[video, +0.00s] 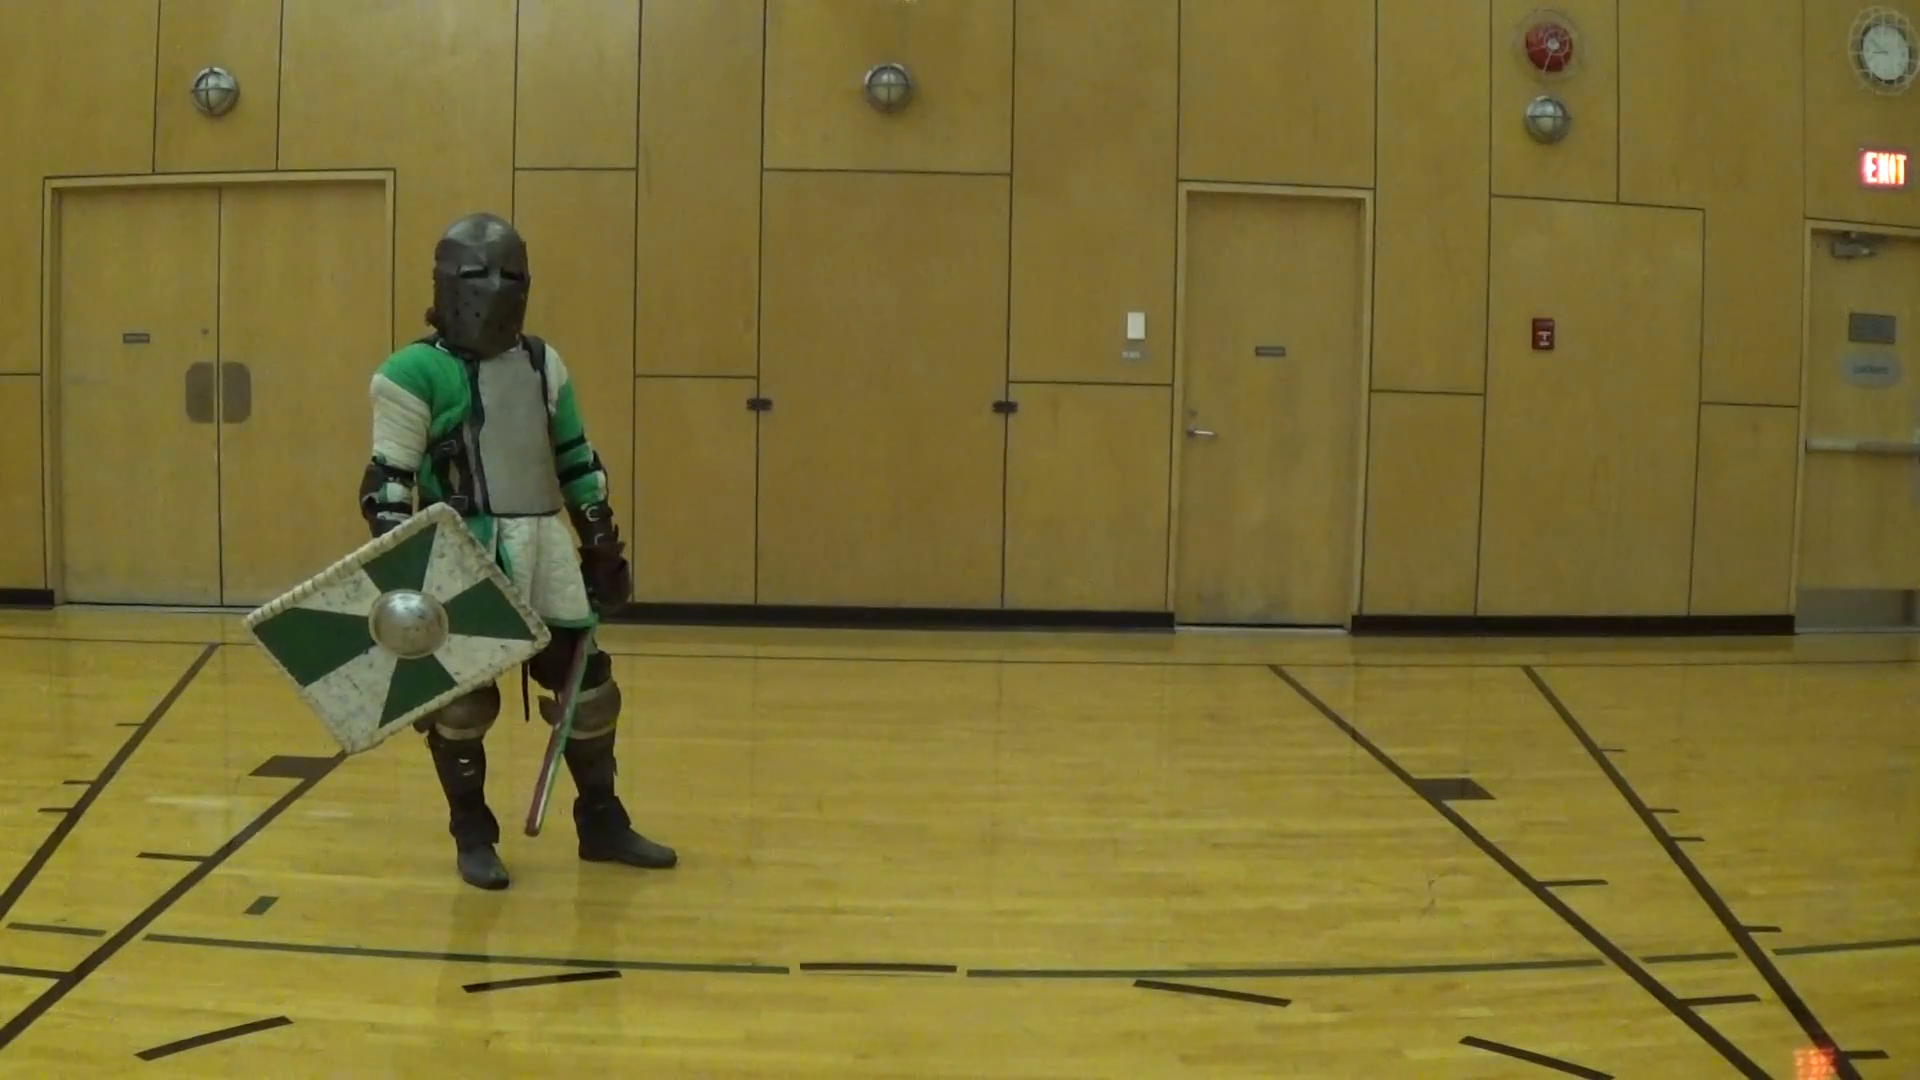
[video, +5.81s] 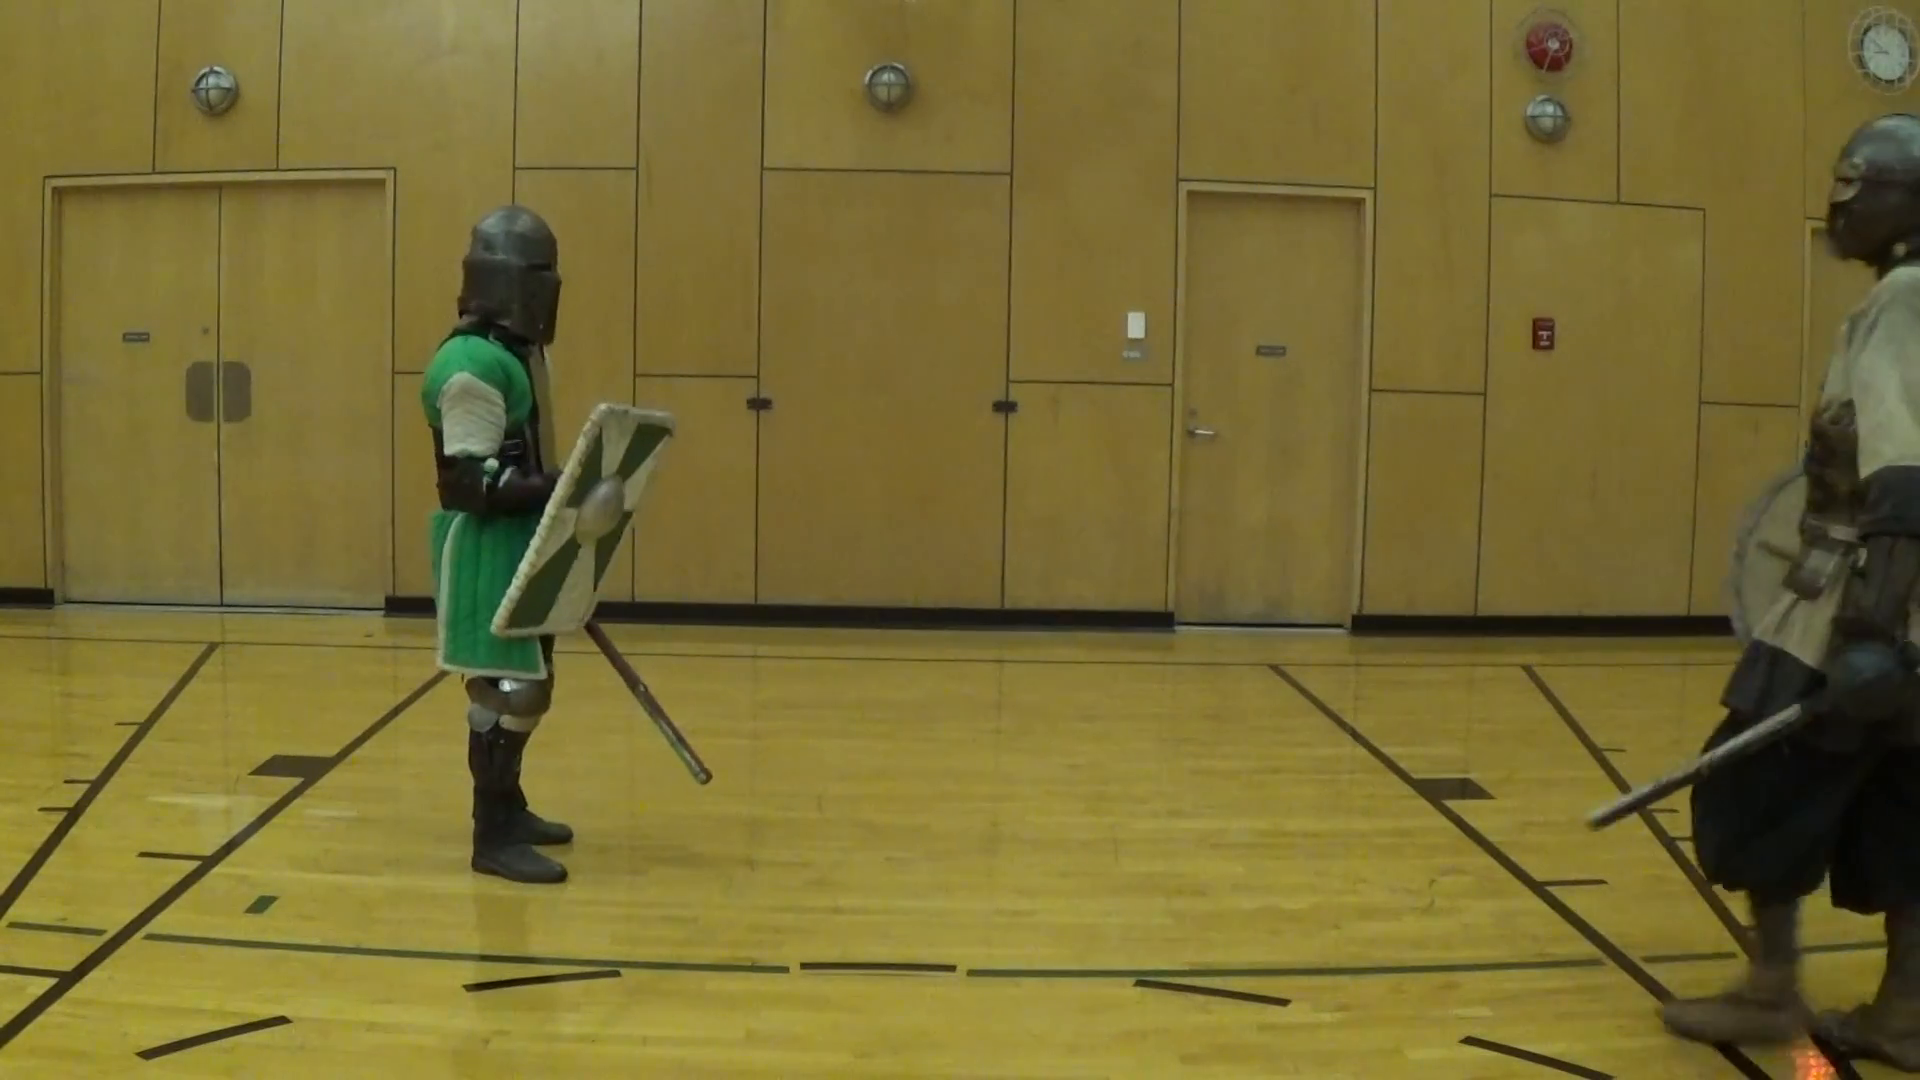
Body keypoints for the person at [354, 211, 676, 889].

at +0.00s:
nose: (487, 291)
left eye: (503, 276)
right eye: (472, 275)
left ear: (522, 287)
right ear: (442, 282)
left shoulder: (543, 365)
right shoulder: (413, 374)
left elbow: (579, 465)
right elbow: (387, 490)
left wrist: (603, 550)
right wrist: (415, 576)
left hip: (547, 545)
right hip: (459, 557)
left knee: (588, 681)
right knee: (463, 698)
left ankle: (602, 822)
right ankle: (473, 835)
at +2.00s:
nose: (502, 290)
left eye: (512, 276)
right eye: (485, 276)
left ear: (524, 286)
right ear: (448, 283)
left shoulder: (539, 367)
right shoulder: (414, 375)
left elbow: (572, 466)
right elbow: (389, 490)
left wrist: (599, 545)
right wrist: (411, 580)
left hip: (544, 545)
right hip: (457, 556)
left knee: (588, 682)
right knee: (464, 699)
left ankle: (601, 822)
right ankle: (473, 834)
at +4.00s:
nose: (500, 291)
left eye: (510, 278)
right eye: (485, 278)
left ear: (524, 284)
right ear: (451, 283)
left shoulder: (537, 362)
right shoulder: (419, 372)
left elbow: (565, 460)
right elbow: (390, 487)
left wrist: (590, 536)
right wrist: (419, 573)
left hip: (544, 545)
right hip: (461, 556)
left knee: (582, 684)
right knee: (465, 697)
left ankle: (601, 820)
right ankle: (473, 834)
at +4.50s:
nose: (491, 291)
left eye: (503, 276)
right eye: (472, 278)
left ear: (518, 282)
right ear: (435, 284)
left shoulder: (529, 357)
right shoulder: (415, 371)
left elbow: (549, 458)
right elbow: (397, 480)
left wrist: (579, 541)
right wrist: (468, 511)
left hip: (532, 555)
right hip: (449, 566)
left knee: (568, 670)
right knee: (462, 689)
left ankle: (556, 808)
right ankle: (474, 831)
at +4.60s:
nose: (490, 290)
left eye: (502, 275)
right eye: (472, 276)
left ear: (515, 281)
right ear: (436, 282)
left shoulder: (532, 363)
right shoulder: (417, 366)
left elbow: (571, 464)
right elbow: (409, 467)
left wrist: (582, 552)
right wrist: (495, 474)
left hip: (534, 551)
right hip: (452, 556)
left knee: (560, 675)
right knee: (466, 687)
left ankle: (517, 794)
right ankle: (472, 827)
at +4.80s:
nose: (487, 290)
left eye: (502, 275)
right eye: (473, 275)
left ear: (519, 280)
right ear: (443, 278)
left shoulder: (525, 359)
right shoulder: (427, 360)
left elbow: (552, 476)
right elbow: (483, 434)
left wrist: (574, 579)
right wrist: (544, 390)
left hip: (536, 537)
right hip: (468, 540)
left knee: (538, 676)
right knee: (473, 684)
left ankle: (504, 803)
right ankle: (473, 830)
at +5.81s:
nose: (550, 289)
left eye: (548, 276)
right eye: (539, 276)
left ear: (496, 282)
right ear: (508, 282)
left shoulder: (514, 359)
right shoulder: (471, 365)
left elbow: (514, 469)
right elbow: (465, 484)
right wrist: (560, 490)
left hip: (513, 539)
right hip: (484, 544)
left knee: (517, 682)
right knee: (509, 686)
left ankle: (506, 810)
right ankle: (492, 837)